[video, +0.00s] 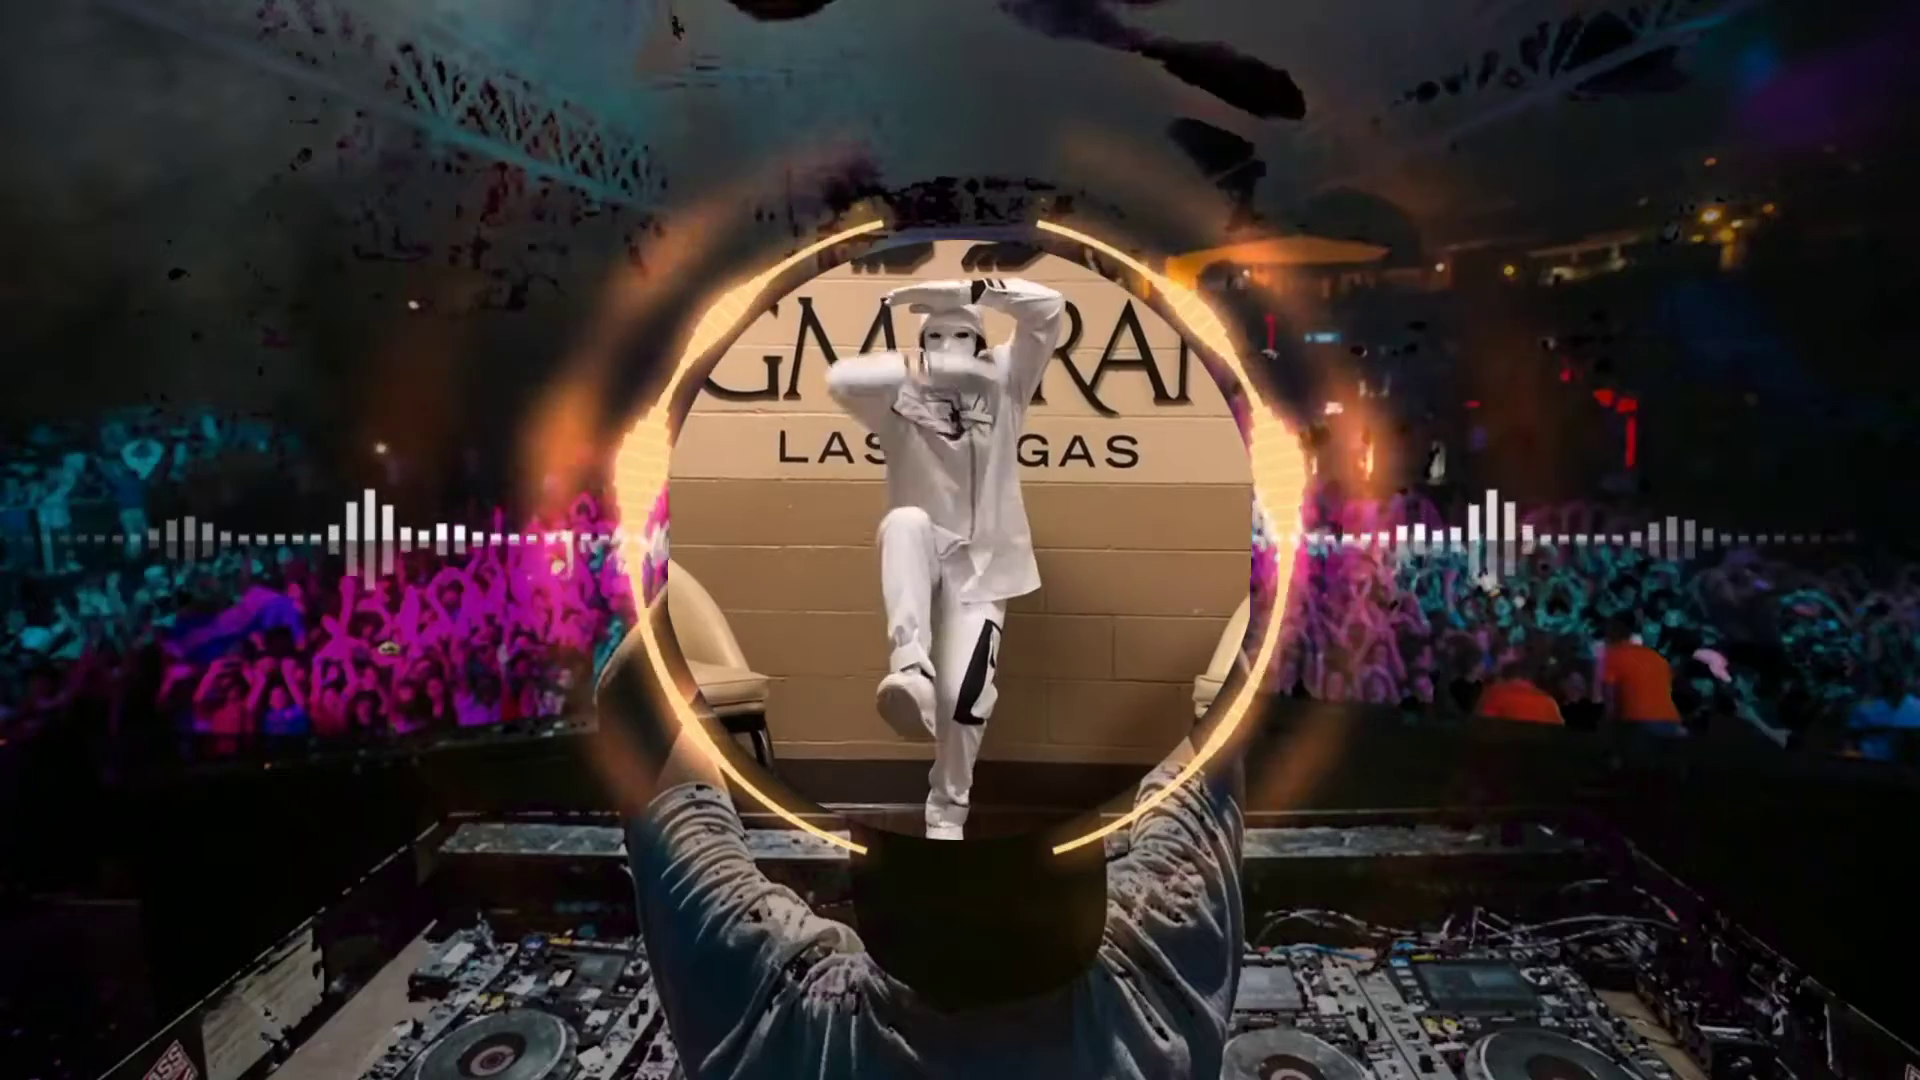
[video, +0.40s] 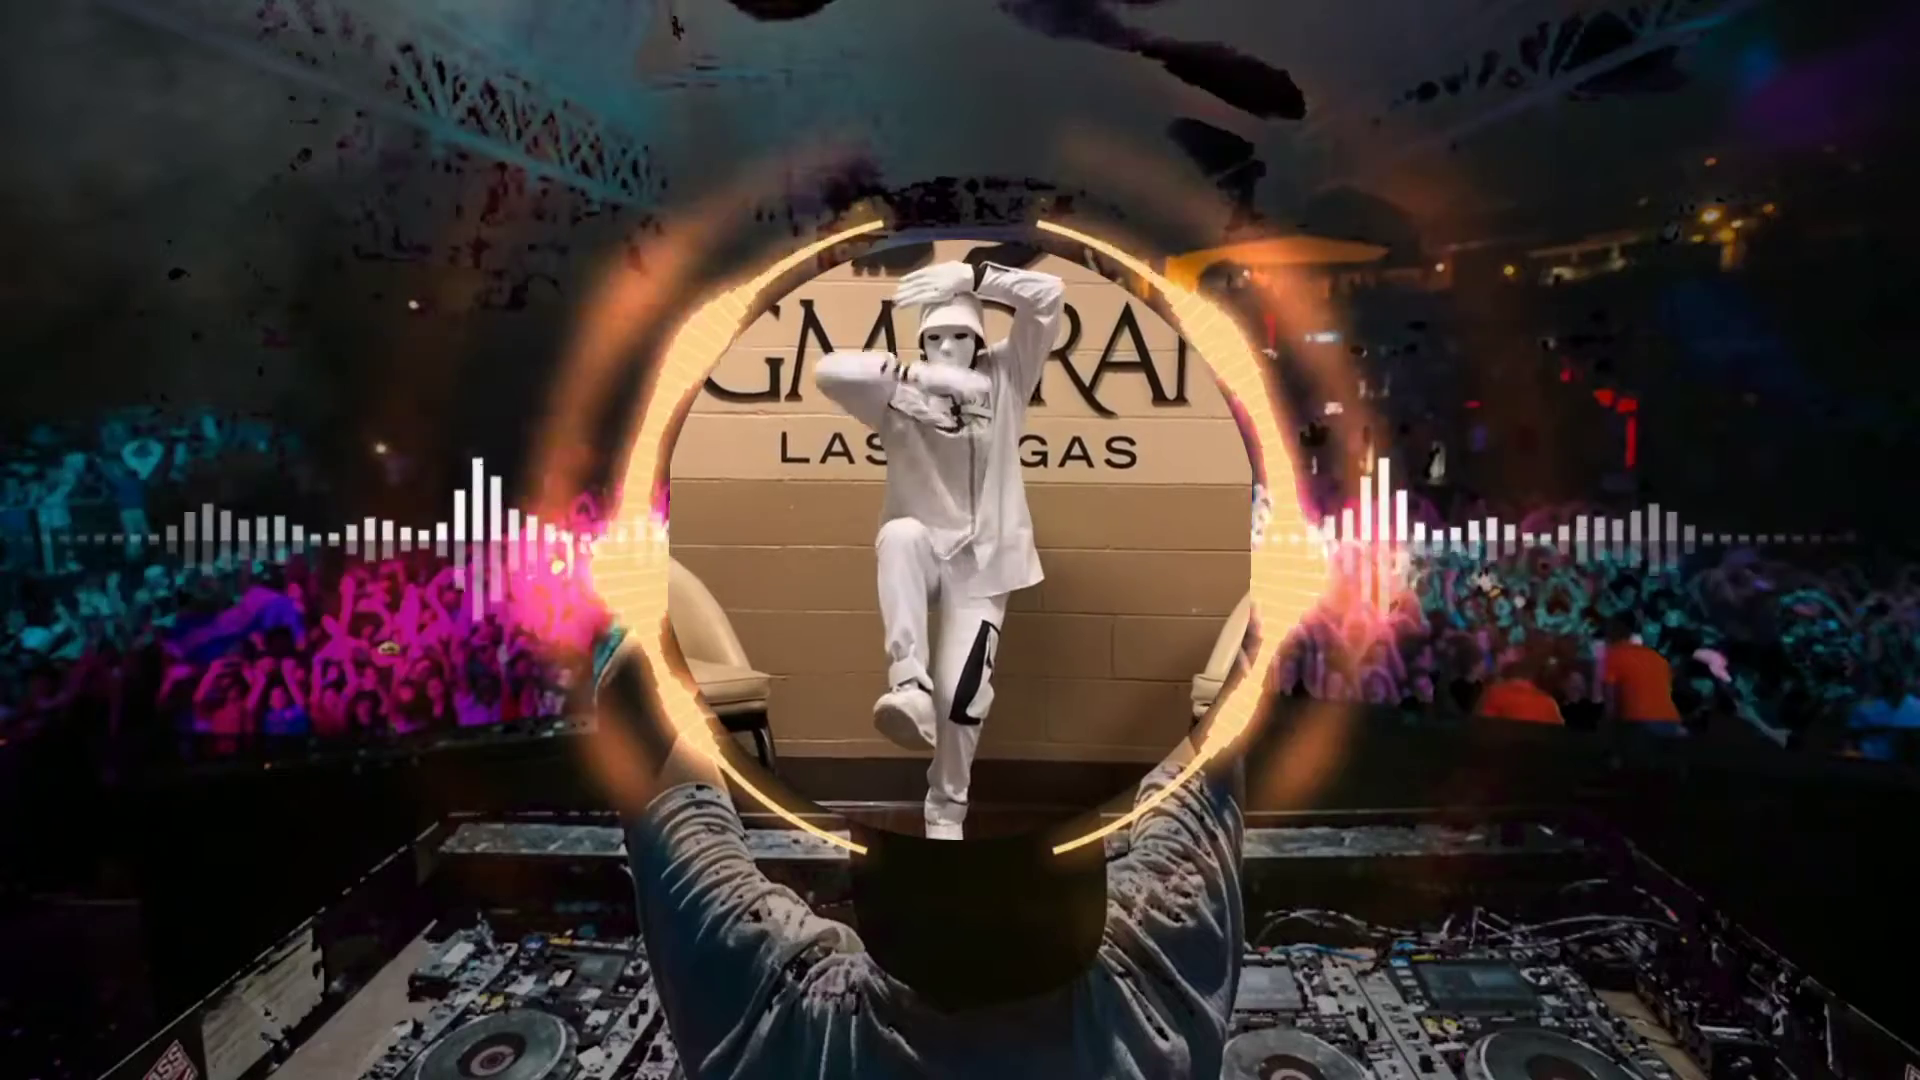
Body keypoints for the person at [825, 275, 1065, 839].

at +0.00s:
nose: (950, 347)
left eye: (961, 337)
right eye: (938, 337)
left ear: (979, 347)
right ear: (922, 350)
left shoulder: (1004, 386)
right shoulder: (896, 398)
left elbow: (1051, 311)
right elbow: (840, 381)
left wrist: (992, 290)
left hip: (982, 562)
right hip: (919, 556)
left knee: (966, 702)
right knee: (905, 519)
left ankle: (946, 819)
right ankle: (913, 676)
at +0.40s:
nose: (948, 350)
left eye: (960, 338)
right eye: (936, 339)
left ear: (977, 341)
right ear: (922, 346)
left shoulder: (1005, 378)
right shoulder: (897, 395)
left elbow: (1048, 296)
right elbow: (830, 372)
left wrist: (968, 275)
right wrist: (917, 376)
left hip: (986, 555)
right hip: (923, 552)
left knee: (962, 698)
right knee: (899, 532)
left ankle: (945, 818)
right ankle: (912, 689)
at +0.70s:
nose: (952, 351)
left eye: (964, 340)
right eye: (941, 341)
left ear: (981, 343)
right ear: (927, 346)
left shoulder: (1009, 380)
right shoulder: (895, 406)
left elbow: (1051, 299)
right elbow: (875, 502)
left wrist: (977, 277)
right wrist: (865, 459)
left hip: (988, 552)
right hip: (926, 545)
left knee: (959, 698)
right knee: (897, 543)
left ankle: (946, 818)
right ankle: (910, 698)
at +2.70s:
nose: (919, 338)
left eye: (926, 327)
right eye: (920, 327)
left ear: (955, 328)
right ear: (960, 326)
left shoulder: (1002, 355)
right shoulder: (977, 383)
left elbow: (1043, 396)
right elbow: (971, 491)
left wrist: (953, 402)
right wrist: (927, 537)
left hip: (1007, 565)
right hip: (985, 563)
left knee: (945, 687)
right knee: (931, 658)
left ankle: (988, 810)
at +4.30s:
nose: (1088, 496)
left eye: (1103, 483)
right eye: (1076, 483)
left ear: (1122, 491)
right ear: (1059, 492)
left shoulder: (1151, 534)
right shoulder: (1028, 547)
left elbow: (1153, 559)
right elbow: (1029, 596)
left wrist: (1062, 571)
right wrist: (1035, 624)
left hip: (1140, 732)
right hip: (1064, 747)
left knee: (1164, 706)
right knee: (1062, 876)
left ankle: (1160, 835)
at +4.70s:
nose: (1095, 498)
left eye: (1110, 485)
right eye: (1082, 486)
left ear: (1128, 494)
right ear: (1066, 494)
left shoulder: (1157, 540)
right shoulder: (1027, 550)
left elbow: (1166, 576)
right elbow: (1016, 613)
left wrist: (1068, 595)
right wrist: (1044, 662)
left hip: (1138, 732)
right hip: (1064, 743)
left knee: (1165, 707)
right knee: (1057, 870)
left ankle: (1162, 835)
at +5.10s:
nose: (992, 477)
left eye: (1007, 465)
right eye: (982, 465)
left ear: (1030, 475)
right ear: (972, 473)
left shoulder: (1064, 546)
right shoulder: (958, 540)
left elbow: (1130, 619)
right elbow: (938, 644)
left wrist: (1058, 624)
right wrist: (923, 730)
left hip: (1015, 741)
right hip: (956, 729)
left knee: (918, 841)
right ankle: (1062, 795)